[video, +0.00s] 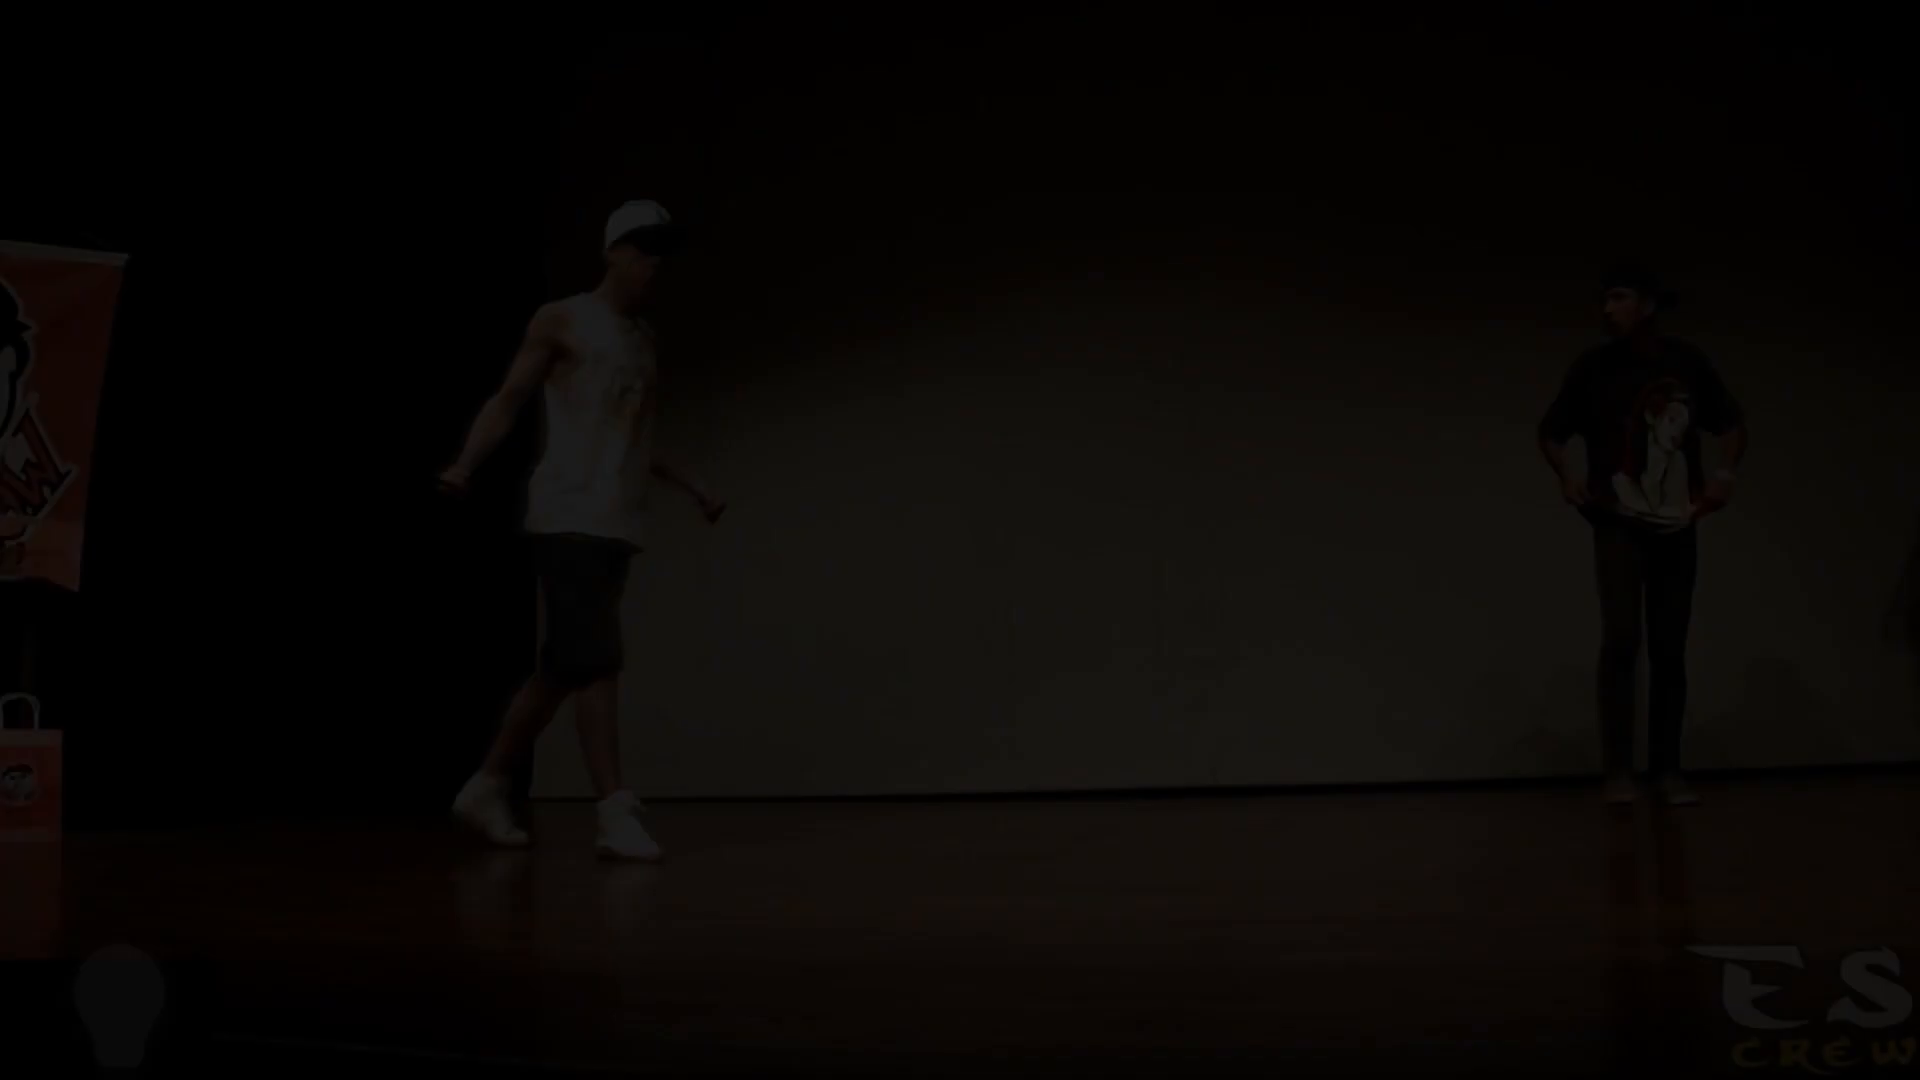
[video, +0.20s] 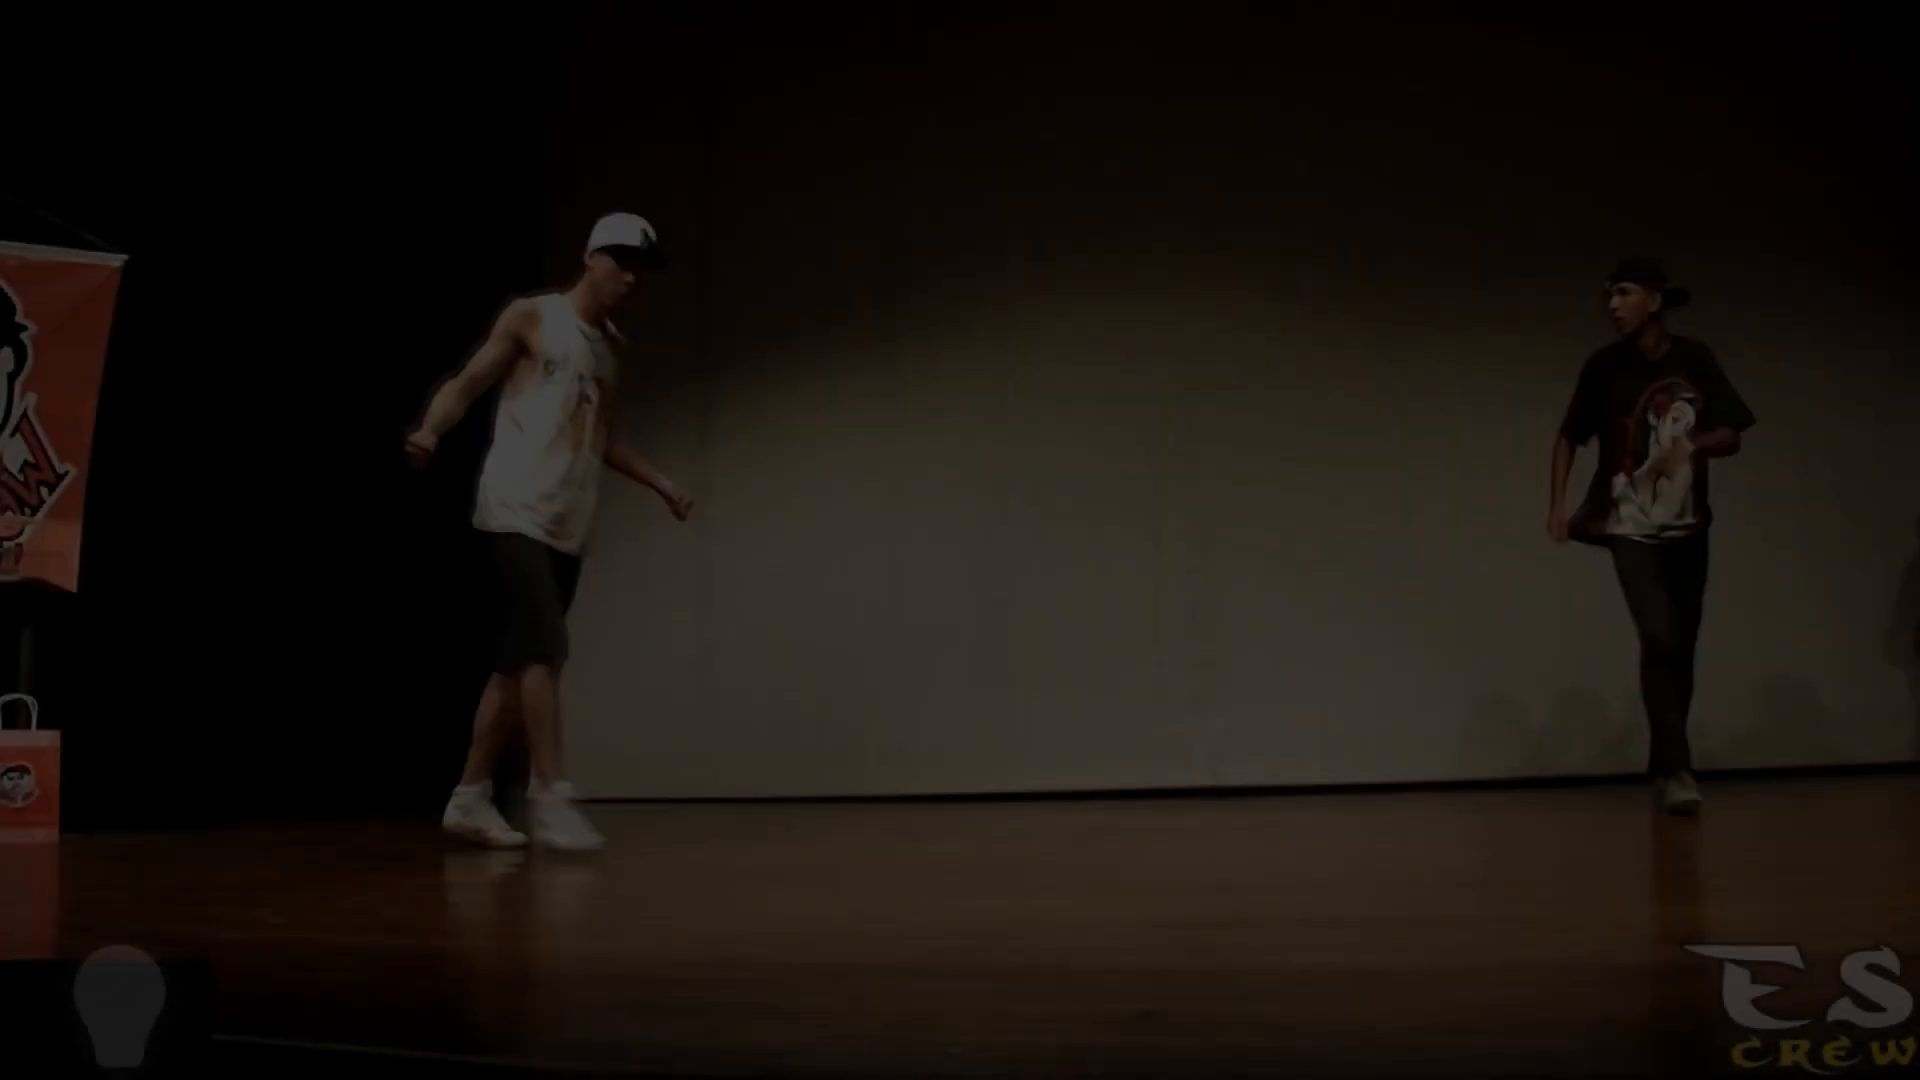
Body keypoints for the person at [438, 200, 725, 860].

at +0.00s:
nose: (651, 267)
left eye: (658, 256)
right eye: (641, 253)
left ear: (658, 264)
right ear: (613, 253)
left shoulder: (639, 339)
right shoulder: (562, 322)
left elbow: (636, 443)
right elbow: (508, 399)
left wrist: (693, 491)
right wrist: (465, 465)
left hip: (613, 522)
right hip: (564, 517)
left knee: (560, 665)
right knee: (596, 665)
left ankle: (486, 788)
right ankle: (614, 810)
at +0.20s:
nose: (628, 280)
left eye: (638, 272)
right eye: (621, 265)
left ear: (641, 279)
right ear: (590, 259)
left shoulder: (610, 351)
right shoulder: (531, 317)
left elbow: (603, 441)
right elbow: (467, 383)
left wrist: (663, 485)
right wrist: (430, 428)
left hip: (566, 527)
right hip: (512, 513)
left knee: (518, 662)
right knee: (543, 651)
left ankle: (469, 796)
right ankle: (548, 798)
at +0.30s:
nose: (620, 288)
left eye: (629, 279)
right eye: (617, 272)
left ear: (624, 280)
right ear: (587, 257)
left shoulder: (591, 338)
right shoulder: (521, 307)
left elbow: (584, 428)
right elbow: (451, 368)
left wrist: (647, 470)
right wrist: (415, 411)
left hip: (554, 521)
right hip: (504, 509)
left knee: (532, 662)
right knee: (509, 653)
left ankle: (477, 791)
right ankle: (471, 791)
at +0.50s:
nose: (628, 352)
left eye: (637, 345)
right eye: (627, 337)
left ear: (628, 334)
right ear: (601, 311)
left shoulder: (587, 372)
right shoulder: (526, 339)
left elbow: (586, 442)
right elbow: (432, 382)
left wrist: (663, 469)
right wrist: (454, 400)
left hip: (515, 541)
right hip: (454, 529)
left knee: (558, 656)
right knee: (454, 662)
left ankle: (499, 784)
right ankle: (405, 797)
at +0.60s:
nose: (629, 417)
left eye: (640, 413)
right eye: (631, 403)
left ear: (646, 407)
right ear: (614, 376)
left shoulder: (601, 411)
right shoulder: (538, 375)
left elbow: (617, 474)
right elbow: (445, 401)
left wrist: (689, 494)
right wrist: (496, 416)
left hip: (500, 528)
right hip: (436, 512)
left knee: (558, 643)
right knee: (451, 634)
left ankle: (533, 779)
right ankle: (402, 781)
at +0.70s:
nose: (626, 515)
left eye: (636, 508)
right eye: (625, 501)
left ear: (642, 494)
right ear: (606, 472)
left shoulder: (605, 490)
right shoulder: (545, 463)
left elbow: (644, 555)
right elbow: (472, 488)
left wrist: (715, 567)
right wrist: (529, 507)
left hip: (495, 559)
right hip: (424, 539)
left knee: (555, 666)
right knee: (437, 652)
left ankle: (555, 805)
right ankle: (389, 801)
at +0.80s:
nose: (619, 621)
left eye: (628, 615)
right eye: (617, 608)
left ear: (629, 598)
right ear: (597, 580)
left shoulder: (596, 585)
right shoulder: (530, 566)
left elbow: (611, 667)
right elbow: (486, 652)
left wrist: (678, 688)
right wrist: (561, 663)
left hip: (481, 607)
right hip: (412, 589)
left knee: (580, 674)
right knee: (443, 666)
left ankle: (555, 812)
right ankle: (382, 816)